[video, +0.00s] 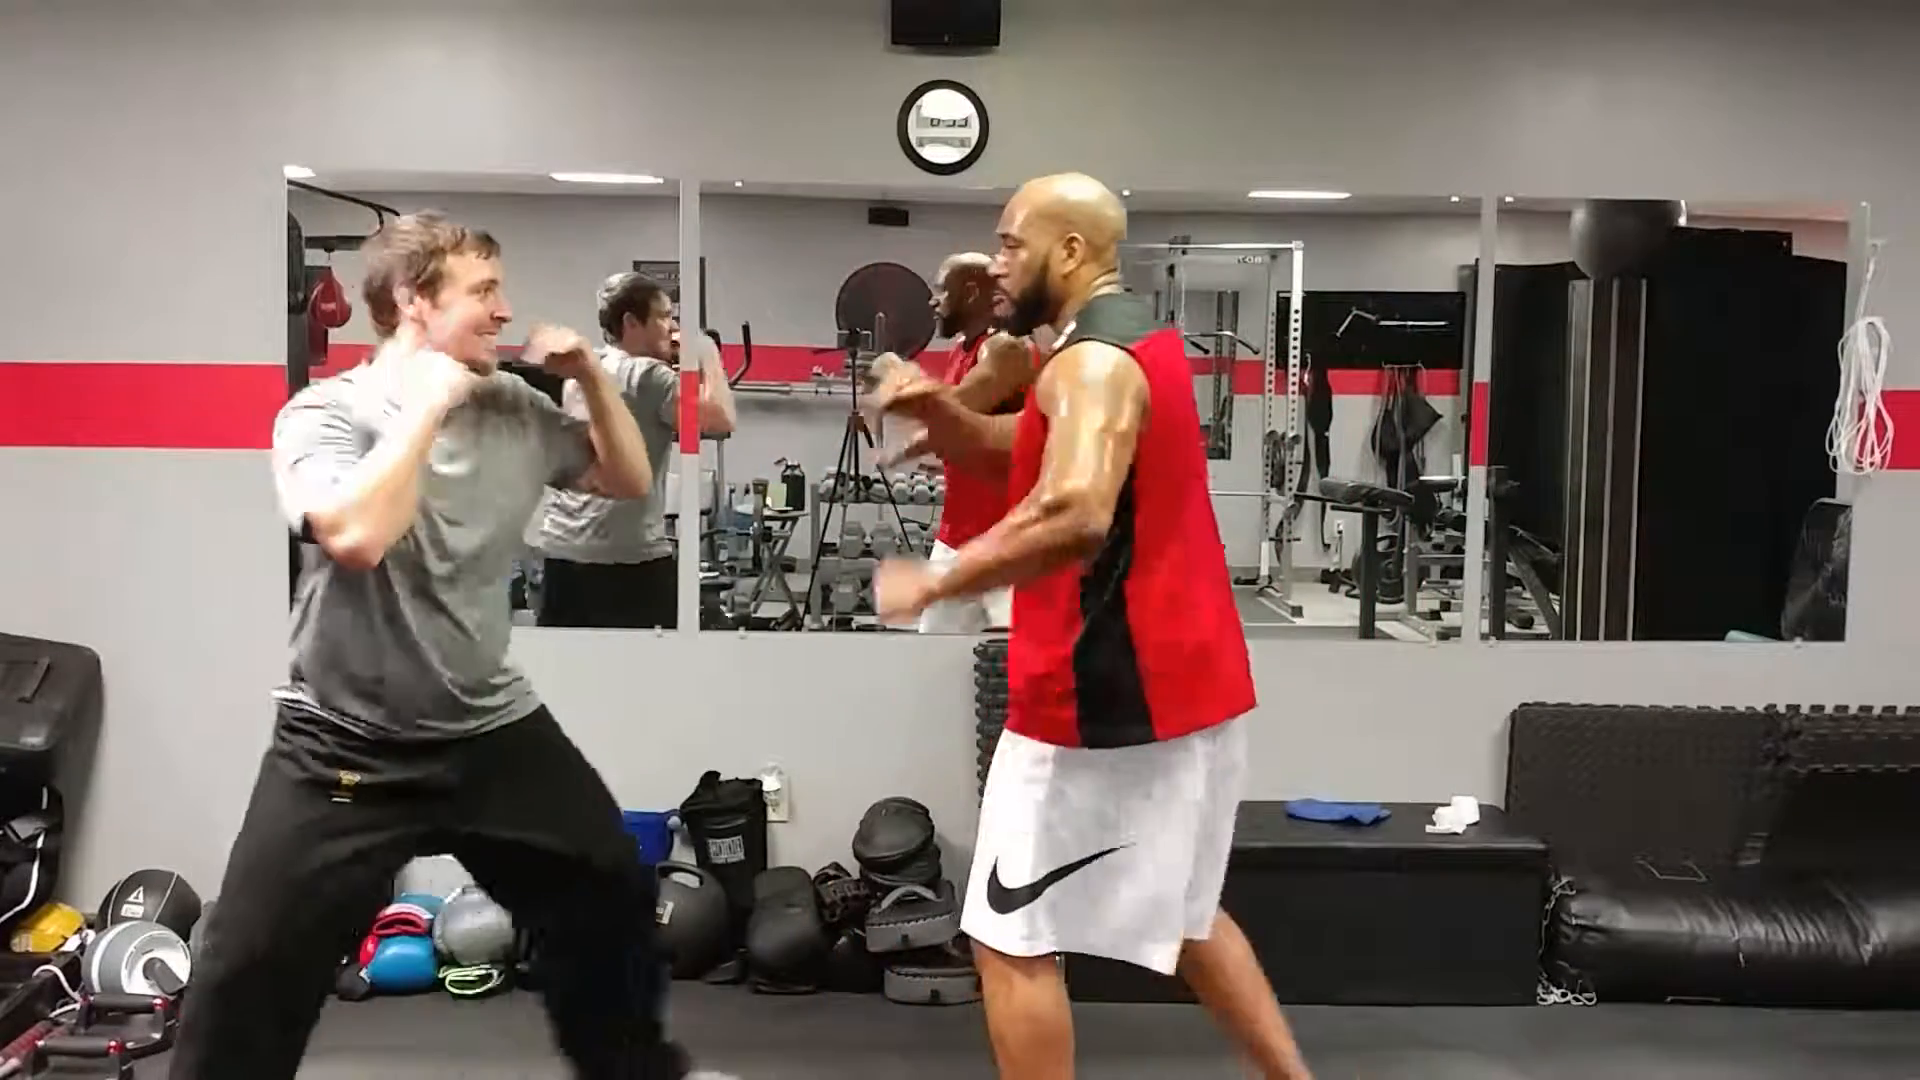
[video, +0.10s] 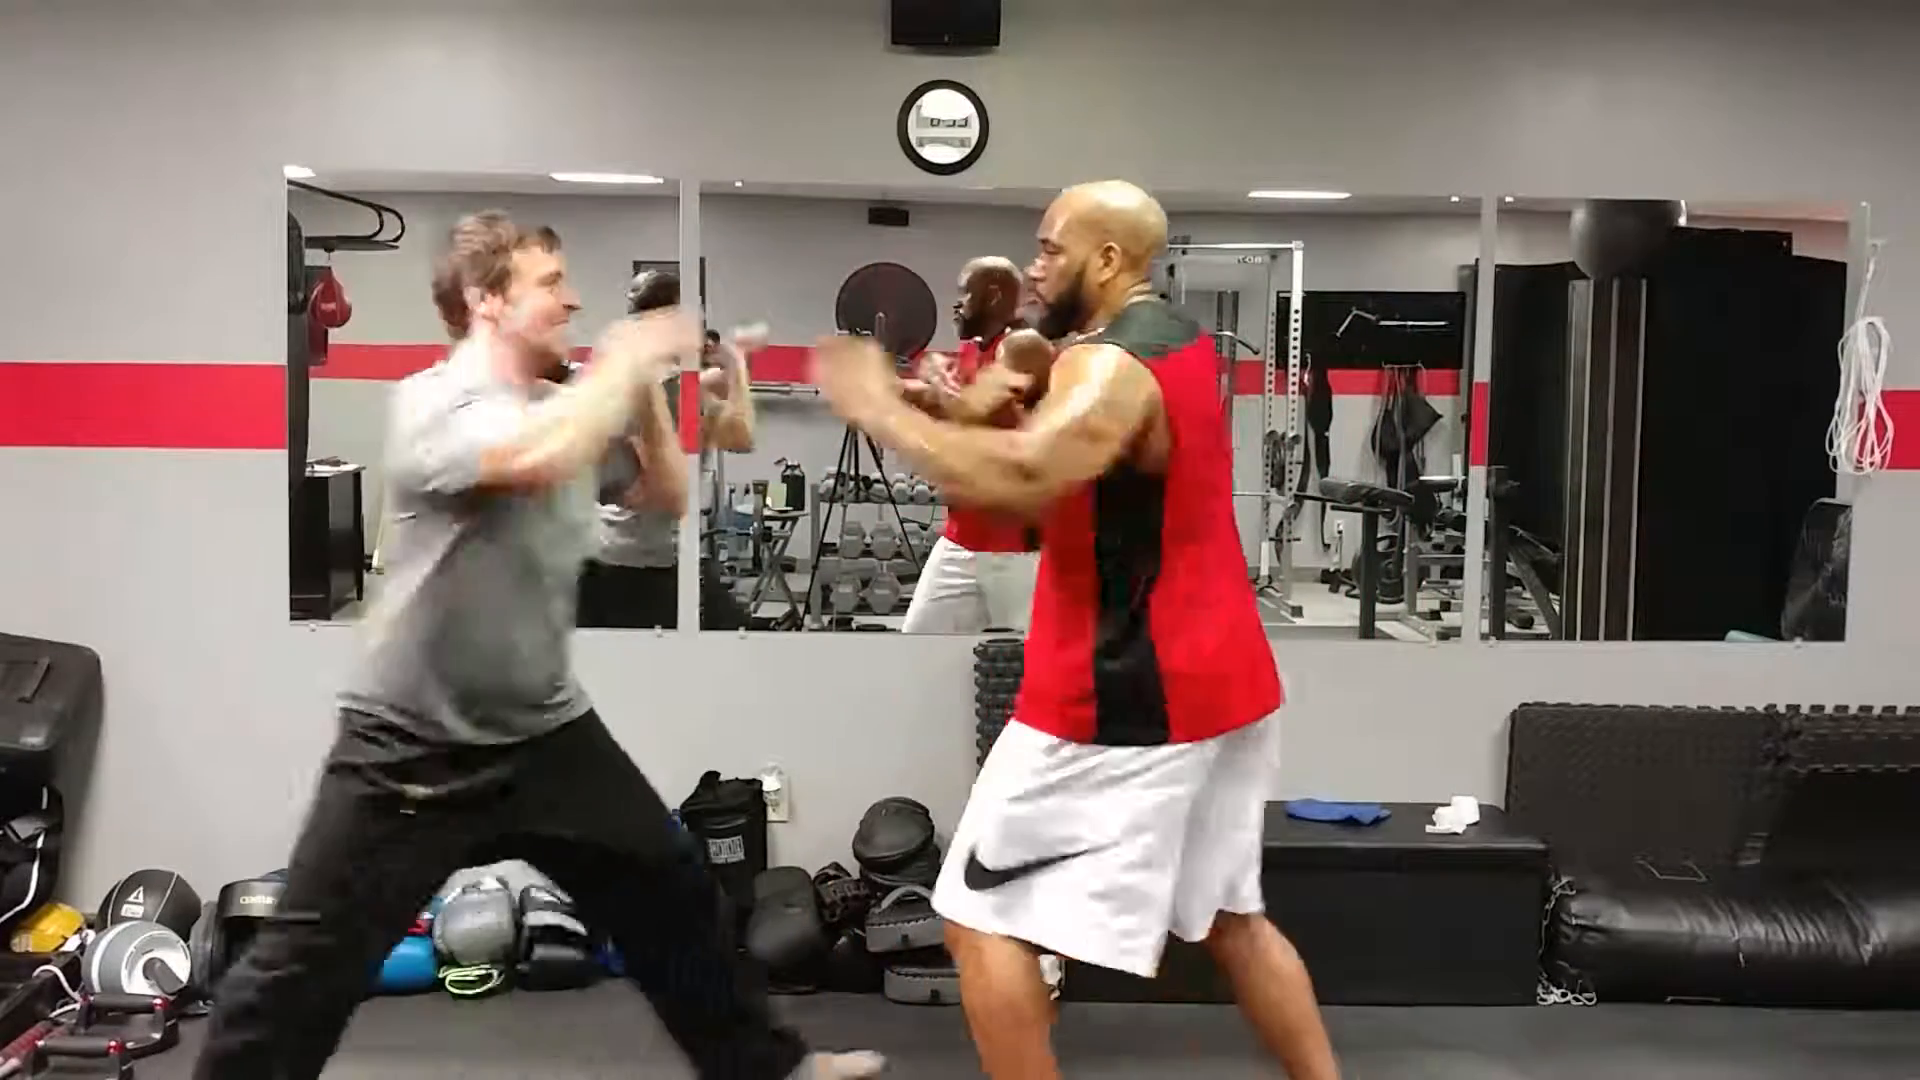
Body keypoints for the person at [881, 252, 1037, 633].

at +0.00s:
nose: (933, 302)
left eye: (941, 290)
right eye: (935, 291)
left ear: (974, 291)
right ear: (971, 293)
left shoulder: (1006, 351)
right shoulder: (962, 352)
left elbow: (945, 416)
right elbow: (947, 431)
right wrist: (898, 455)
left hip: (1005, 540)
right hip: (955, 536)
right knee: (937, 661)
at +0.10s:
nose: (956, 302)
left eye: (966, 292)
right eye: (958, 292)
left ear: (997, 296)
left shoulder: (1025, 350)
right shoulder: (965, 352)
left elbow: (994, 417)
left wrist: (940, 391)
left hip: (1017, 545)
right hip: (960, 537)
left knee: (1026, 668)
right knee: (917, 651)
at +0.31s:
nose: (967, 302)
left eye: (978, 294)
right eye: (969, 294)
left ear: (1012, 298)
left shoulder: (1047, 364)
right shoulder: (952, 366)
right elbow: (932, 450)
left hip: (1026, 536)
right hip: (957, 528)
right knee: (909, 636)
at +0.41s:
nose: (952, 315)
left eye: (963, 307)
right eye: (951, 307)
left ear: (999, 316)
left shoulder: (1033, 380)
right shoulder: (926, 383)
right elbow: (886, 467)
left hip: (1020, 562)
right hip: (945, 555)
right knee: (895, 661)